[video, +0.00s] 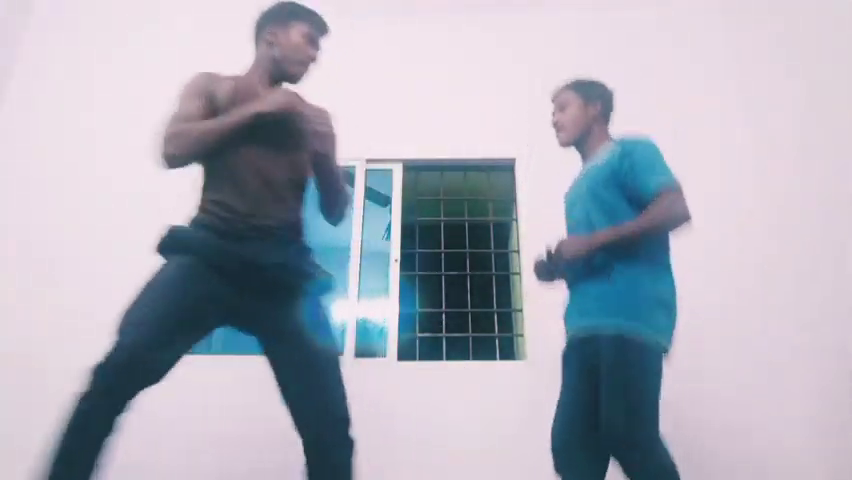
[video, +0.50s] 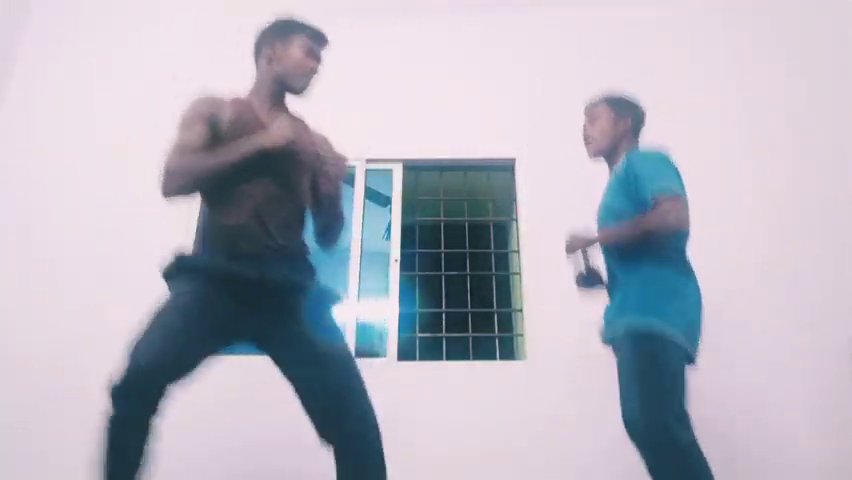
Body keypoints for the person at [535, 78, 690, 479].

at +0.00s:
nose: (554, 118)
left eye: (562, 108)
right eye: (553, 111)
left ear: (593, 110)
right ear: (584, 114)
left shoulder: (633, 151)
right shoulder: (578, 188)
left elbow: (674, 207)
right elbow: (599, 261)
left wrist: (592, 241)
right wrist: (561, 266)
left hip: (632, 325)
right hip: (585, 329)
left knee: (631, 438)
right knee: (573, 447)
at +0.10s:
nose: (565, 138)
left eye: (574, 127)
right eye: (565, 130)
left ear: (606, 132)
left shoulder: (644, 180)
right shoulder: (590, 213)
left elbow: (678, 242)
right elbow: (613, 297)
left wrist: (585, 268)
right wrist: (570, 302)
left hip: (640, 359)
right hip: (596, 361)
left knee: (621, 467)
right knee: (568, 469)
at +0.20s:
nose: (573, 135)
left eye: (582, 125)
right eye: (573, 128)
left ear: (615, 129)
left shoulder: (647, 174)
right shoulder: (602, 199)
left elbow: (670, 236)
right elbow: (628, 274)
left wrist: (583, 243)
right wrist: (585, 279)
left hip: (642, 346)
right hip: (605, 349)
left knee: (628, 463)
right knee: (588, 461)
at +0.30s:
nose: (575, 113)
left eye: (583, 104)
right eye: (575, 106)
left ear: (616, 108)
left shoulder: (642, 147)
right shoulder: (606, 173)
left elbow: (664, 204)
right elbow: (632, 244)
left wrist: (587, 214)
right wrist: (587, 250)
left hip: (641, 313)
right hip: (609, 318)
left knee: (640, 433)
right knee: (608, 433)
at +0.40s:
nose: (580, 111)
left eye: (588, 101)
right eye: (579, 104)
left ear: (620, 104)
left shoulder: (643, 138)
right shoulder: (613, 167)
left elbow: (664, 192)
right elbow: (639, 246)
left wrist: (591, 211)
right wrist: (594, 250)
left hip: (647, 297)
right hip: (624, 303)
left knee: (652, 424)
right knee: (639, 427)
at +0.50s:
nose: (584, 130)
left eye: (593, 120)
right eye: (585, 123)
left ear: (623, 123)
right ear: (614, 126)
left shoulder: (647, 160)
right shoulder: (619, 183)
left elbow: (673, 214)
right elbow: (644, 267)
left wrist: (595, 238)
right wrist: (602, 278)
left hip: (655, 309)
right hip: (632, 314)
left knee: (656, 423)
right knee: (645, 423)